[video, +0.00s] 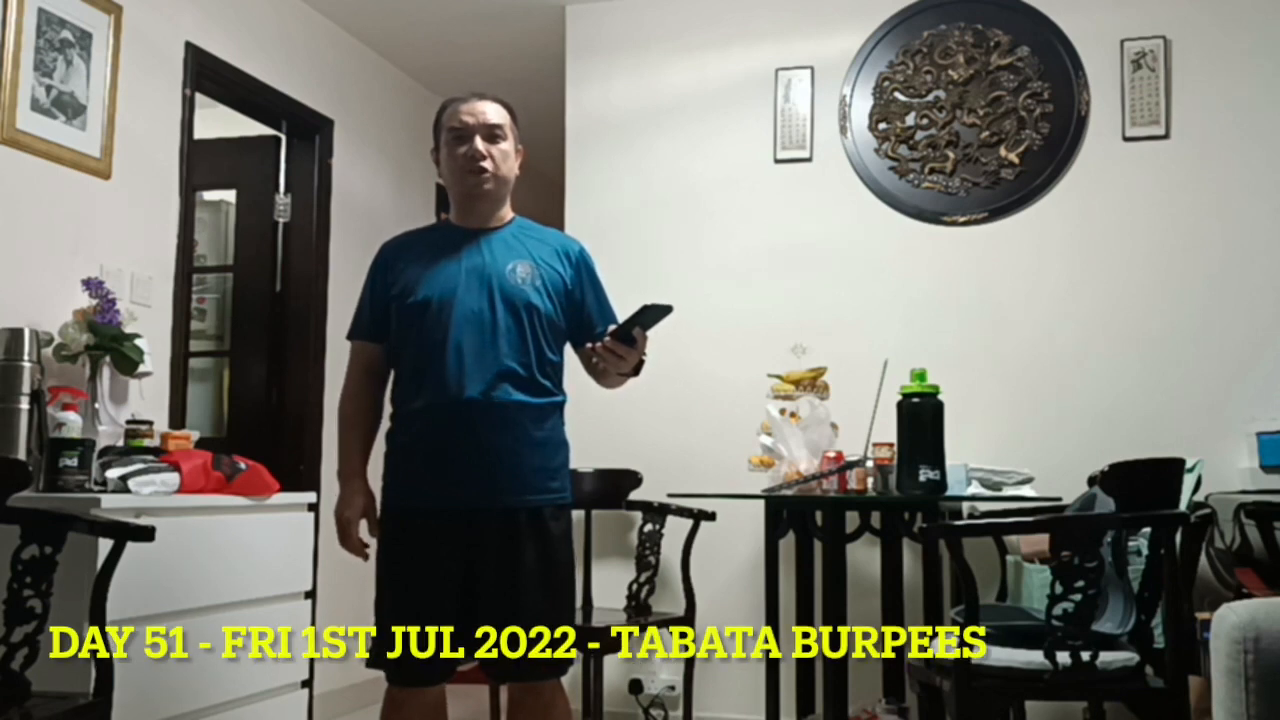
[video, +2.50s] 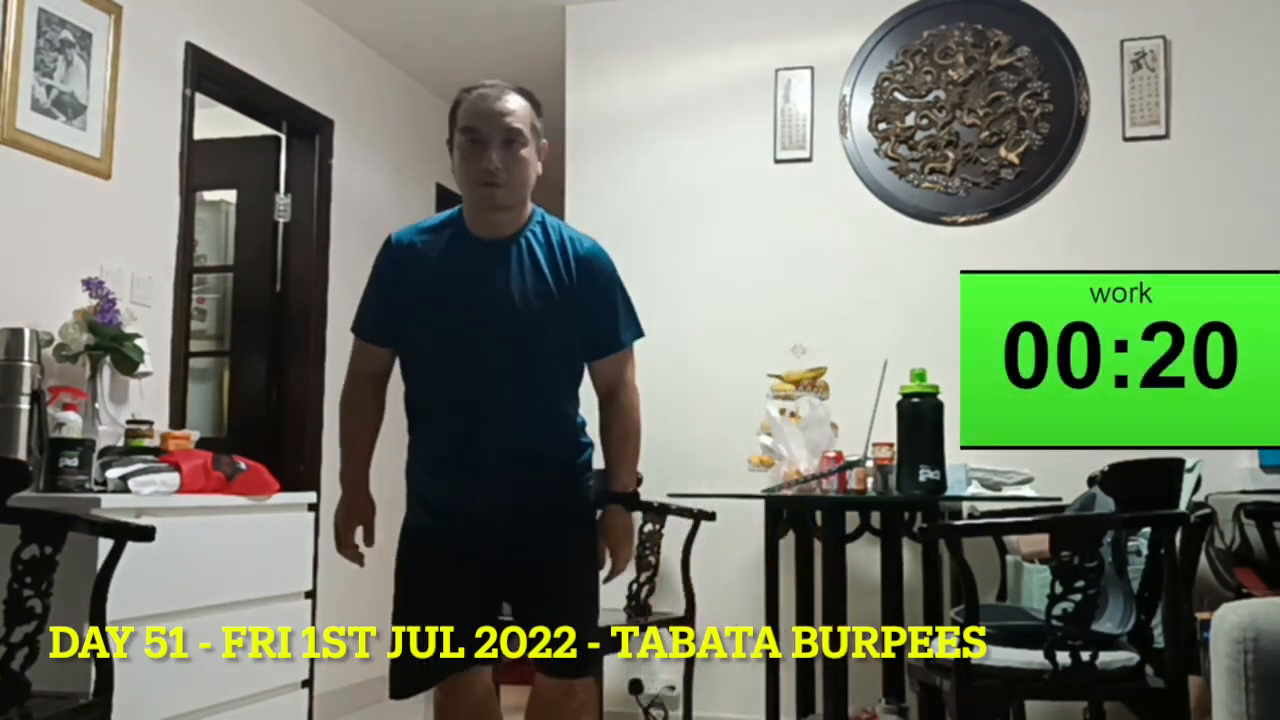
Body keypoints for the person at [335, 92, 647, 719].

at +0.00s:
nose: (477, 146)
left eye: (493, 135)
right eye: (460, 137)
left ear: (519, 159)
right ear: (438, 161)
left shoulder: (562, 254)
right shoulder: (400, 257)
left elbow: (602, 362)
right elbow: (365, 376)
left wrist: (622, 362)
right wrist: (352, 477)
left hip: (529, 497)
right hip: (422, 496)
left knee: (536, 680)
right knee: (413, 680)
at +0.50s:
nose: (472, 147)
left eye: (488, 136)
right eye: (455, 137)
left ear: (513, 160)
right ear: (432, 159)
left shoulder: (557, 255)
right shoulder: (392, 258)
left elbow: (600, 364)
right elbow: (358, 380)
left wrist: (617, 363)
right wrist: (346, 483)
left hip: (523, 501)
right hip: (415, 500)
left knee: (533, 683)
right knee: (407, 685)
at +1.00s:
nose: (543, 185)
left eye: (559, 167)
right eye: (523, 163)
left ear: (571, 171)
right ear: (481, 158)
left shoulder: (594, 274)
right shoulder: (416, 256)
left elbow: (638, 390)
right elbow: (362, 364)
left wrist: (653, 400)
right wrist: (352, 466)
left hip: (543, 521)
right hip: (428, 512)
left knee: (577, 700)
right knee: (398, 701)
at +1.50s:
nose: (764, 293)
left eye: (789, 270)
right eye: (743, 258)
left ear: (801, 265)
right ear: (691, 229)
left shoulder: (782, 387)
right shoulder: (589, 269)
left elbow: (827, 524)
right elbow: (499, 358)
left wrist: (834, 619)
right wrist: (486, 488)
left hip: (669, 544)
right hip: (546, 522)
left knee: (681, 708)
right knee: (482, 701)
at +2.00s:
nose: (711, 304)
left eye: (740, 282)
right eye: (691, 271)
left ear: (757, 278)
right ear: (648, 248)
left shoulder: (748, 395)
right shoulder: (562, 291)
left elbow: (792, 543)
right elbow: (482, 374)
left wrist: (829, 671)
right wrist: (458, 501)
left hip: (651, 560)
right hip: (530, 541)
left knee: (667, 711)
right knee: (476, 707)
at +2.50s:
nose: (491, 157)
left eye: (511, 141)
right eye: (473, 141)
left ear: (540, 156)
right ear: (451, 155)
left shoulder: (580, 262)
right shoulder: (407, 257)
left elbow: (617, 388)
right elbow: (366, 378)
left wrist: (622, 500)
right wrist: (354, 487)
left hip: (553, 511)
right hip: (446, 512)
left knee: (568, 685)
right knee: (461, 684)